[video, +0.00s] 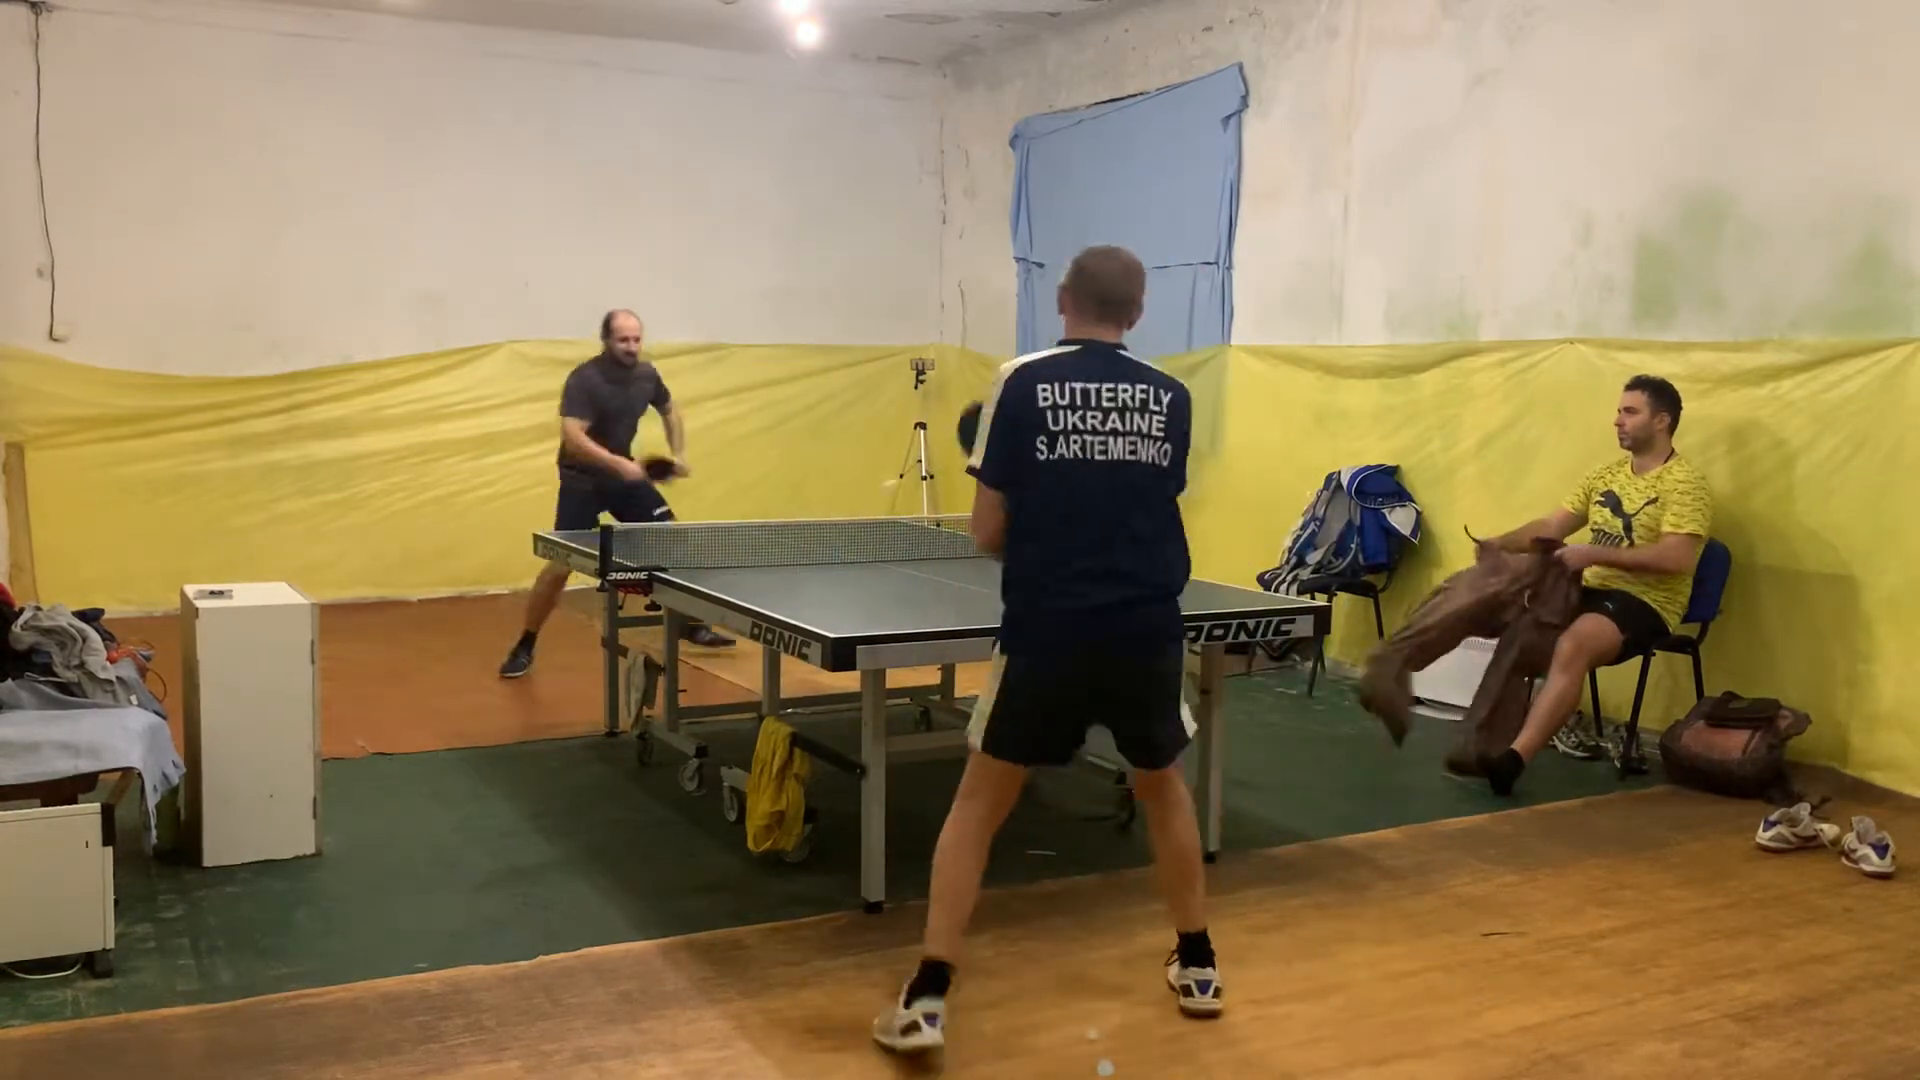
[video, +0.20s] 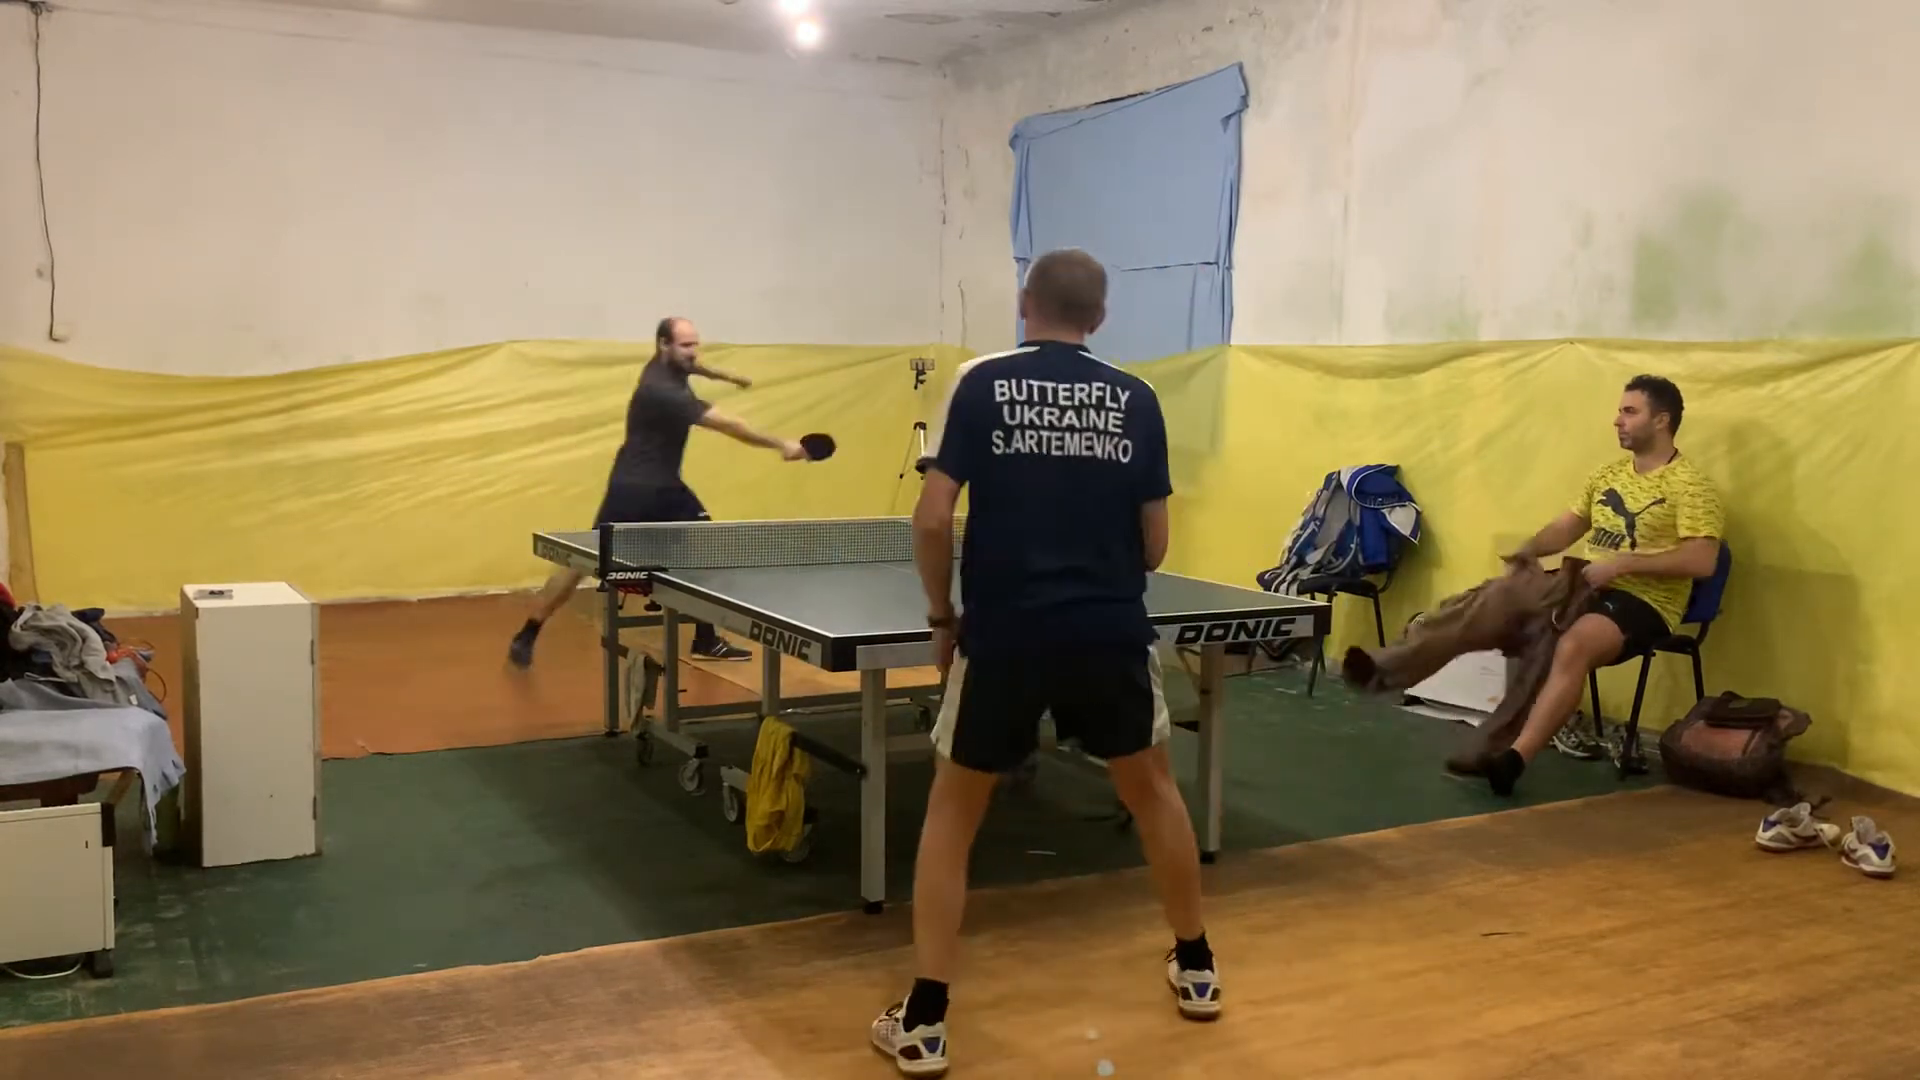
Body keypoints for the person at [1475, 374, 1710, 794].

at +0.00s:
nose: (1618, 420)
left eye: (1630, 413)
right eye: (1618, 412)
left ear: (1663, 421)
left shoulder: (1686, 483)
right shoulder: (1608, 475)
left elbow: (1678, 557)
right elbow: (1553, 526)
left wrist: (1593, 553)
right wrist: (1498, 544)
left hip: (1649, 600)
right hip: (1592, 590)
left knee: (1573, 644)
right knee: (1521, 628)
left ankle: (1514, 759)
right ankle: (1487, 743)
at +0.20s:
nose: (1619, 420)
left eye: (1630, 412)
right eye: (1619, 412)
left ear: (1663, 421)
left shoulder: (1691, 485)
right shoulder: (1609, 474)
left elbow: (1702, 559)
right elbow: (1571, 524)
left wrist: (1622, 562)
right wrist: (1532, 548)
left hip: (1647, 601)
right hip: (1590, 589)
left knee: (1573, 645)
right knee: (1526, 627)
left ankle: (1514, 759)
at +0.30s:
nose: (1621, 420)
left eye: (1632, 412)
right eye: (1622, 412)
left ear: (1665, 419)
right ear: (1639, 419)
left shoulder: (1691, 482)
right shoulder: (1613, 473)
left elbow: (1703, 560)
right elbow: (1579, 522)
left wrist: (1621, 567)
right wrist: (1547, 548)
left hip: (1647, 601)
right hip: (1590, 586)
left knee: (1573, 645)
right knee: (1492, 610)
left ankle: (1515, 759)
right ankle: (1411, 682)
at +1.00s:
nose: (1623, 422)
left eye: (1634, 414)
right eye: (1624, 413)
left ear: (1668, 423)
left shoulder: (1683, 485)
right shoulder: (1618, 468)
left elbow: (1656, 563)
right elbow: (1587, 512)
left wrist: (1582, 598)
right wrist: (1561, 537)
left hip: (1643, 599)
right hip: (1582, 581)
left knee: (1573, 642)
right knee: (1487, 599)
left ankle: (1513, 757)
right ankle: (1441, 710)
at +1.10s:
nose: (1610, 430)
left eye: (1620, 420)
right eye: (1605, 422)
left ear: (1652, 421)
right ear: (1600, 425)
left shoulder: (1683, 486)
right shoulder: (1593, 475)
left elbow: (1700, 566)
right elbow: (1561, 531)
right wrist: (1522, 568)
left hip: (1630, 603)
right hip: (1574, 591)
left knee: (1552, 628)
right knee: (1490, 623)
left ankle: (1531, 750)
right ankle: (1452, 739)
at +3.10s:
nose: (1598, 429)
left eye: (1608, 419)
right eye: (1595, 420)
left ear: (1642, 421)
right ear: (1594, 423)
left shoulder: (1677, 483)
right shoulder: (1591, 476)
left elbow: (1684, 568)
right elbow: (1560, 546)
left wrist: (1643, 627)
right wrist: (1532, 594)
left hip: (1631, 596)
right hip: (1572, 588)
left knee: (1553, 627)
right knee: (1493, 616)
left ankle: (1531, 750)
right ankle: (1489, 734)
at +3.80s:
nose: (1583, 432)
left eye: (1593, 422)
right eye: (1579, 422)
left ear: (1626, 420)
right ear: (1576, 422)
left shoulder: (1663, 481)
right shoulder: (1577, 476)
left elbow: (1685, 561)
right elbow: (1554, 543)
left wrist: (1644, 622)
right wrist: (1532, 592)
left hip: (1631, 597)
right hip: (1570, 590)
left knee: (1555, 623)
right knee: (1489, 617)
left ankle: (1544, 749)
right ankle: (1493, 734)